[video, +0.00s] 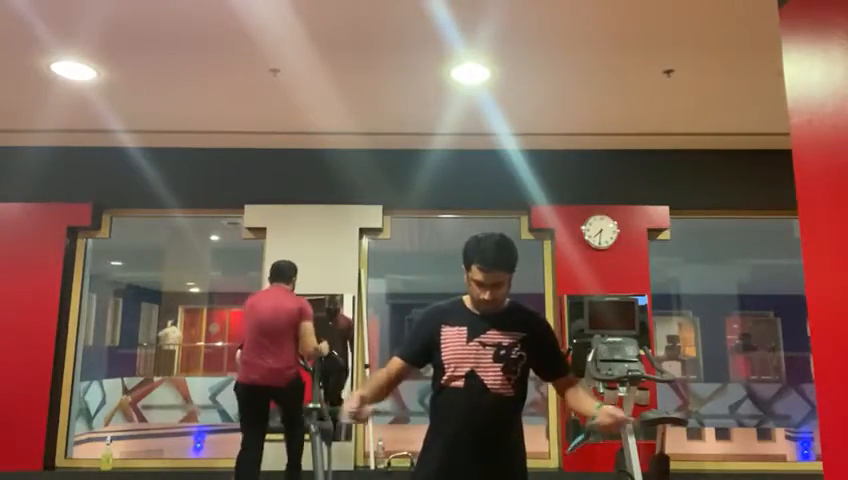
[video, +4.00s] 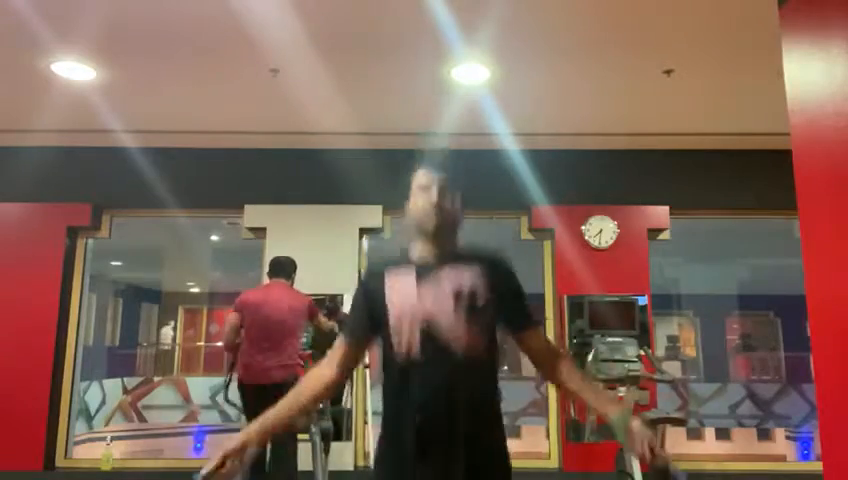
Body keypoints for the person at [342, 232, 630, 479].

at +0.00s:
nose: (489, 295)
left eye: (498, 286)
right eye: (481, 285)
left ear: (511, 276)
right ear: (466, 273)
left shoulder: (532, 327)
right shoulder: (434, 321)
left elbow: (566, 384)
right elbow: (393, 372)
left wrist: (597, 411)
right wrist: (364, 397)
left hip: (502, 464)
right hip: (443, 462)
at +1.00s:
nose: (474, 300)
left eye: (484, 291)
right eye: (466, 290)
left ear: (503, 280)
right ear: (454, 279)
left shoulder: (522, 324)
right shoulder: (426, 323)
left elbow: (561, 392)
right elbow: (378, 391)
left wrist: (612, 442)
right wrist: (316, 440)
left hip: (499, 467)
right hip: (437, 466)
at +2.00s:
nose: (462, 250)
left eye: (473, 242)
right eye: (452, 241)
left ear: (488, 253)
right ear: (436, 252)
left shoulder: (513, 315)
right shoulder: (409, 314)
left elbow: (557, 403)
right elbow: (366, 393)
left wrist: (619, 460)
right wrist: (311, 450)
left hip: (494, 467)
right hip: (425, 466)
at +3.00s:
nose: (442, 185)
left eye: (453, 178)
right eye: (432, 177)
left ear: (469, 193)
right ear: (416, 193)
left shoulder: (499, 257)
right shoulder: (389, 260)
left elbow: (542, 363)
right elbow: (347, 356)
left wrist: (594, 430)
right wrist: (283, 431)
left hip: (482, 441)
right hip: (407, 440)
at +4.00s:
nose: (435, 197)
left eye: (445, 189)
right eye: (424, 188)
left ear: (460, 208)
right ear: (405, 207)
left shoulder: (490, 273)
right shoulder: (380, 281)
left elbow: (548, 360)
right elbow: (332, 369)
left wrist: (621, 416)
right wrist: (249, 437)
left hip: (480, 457)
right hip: (402, 459)